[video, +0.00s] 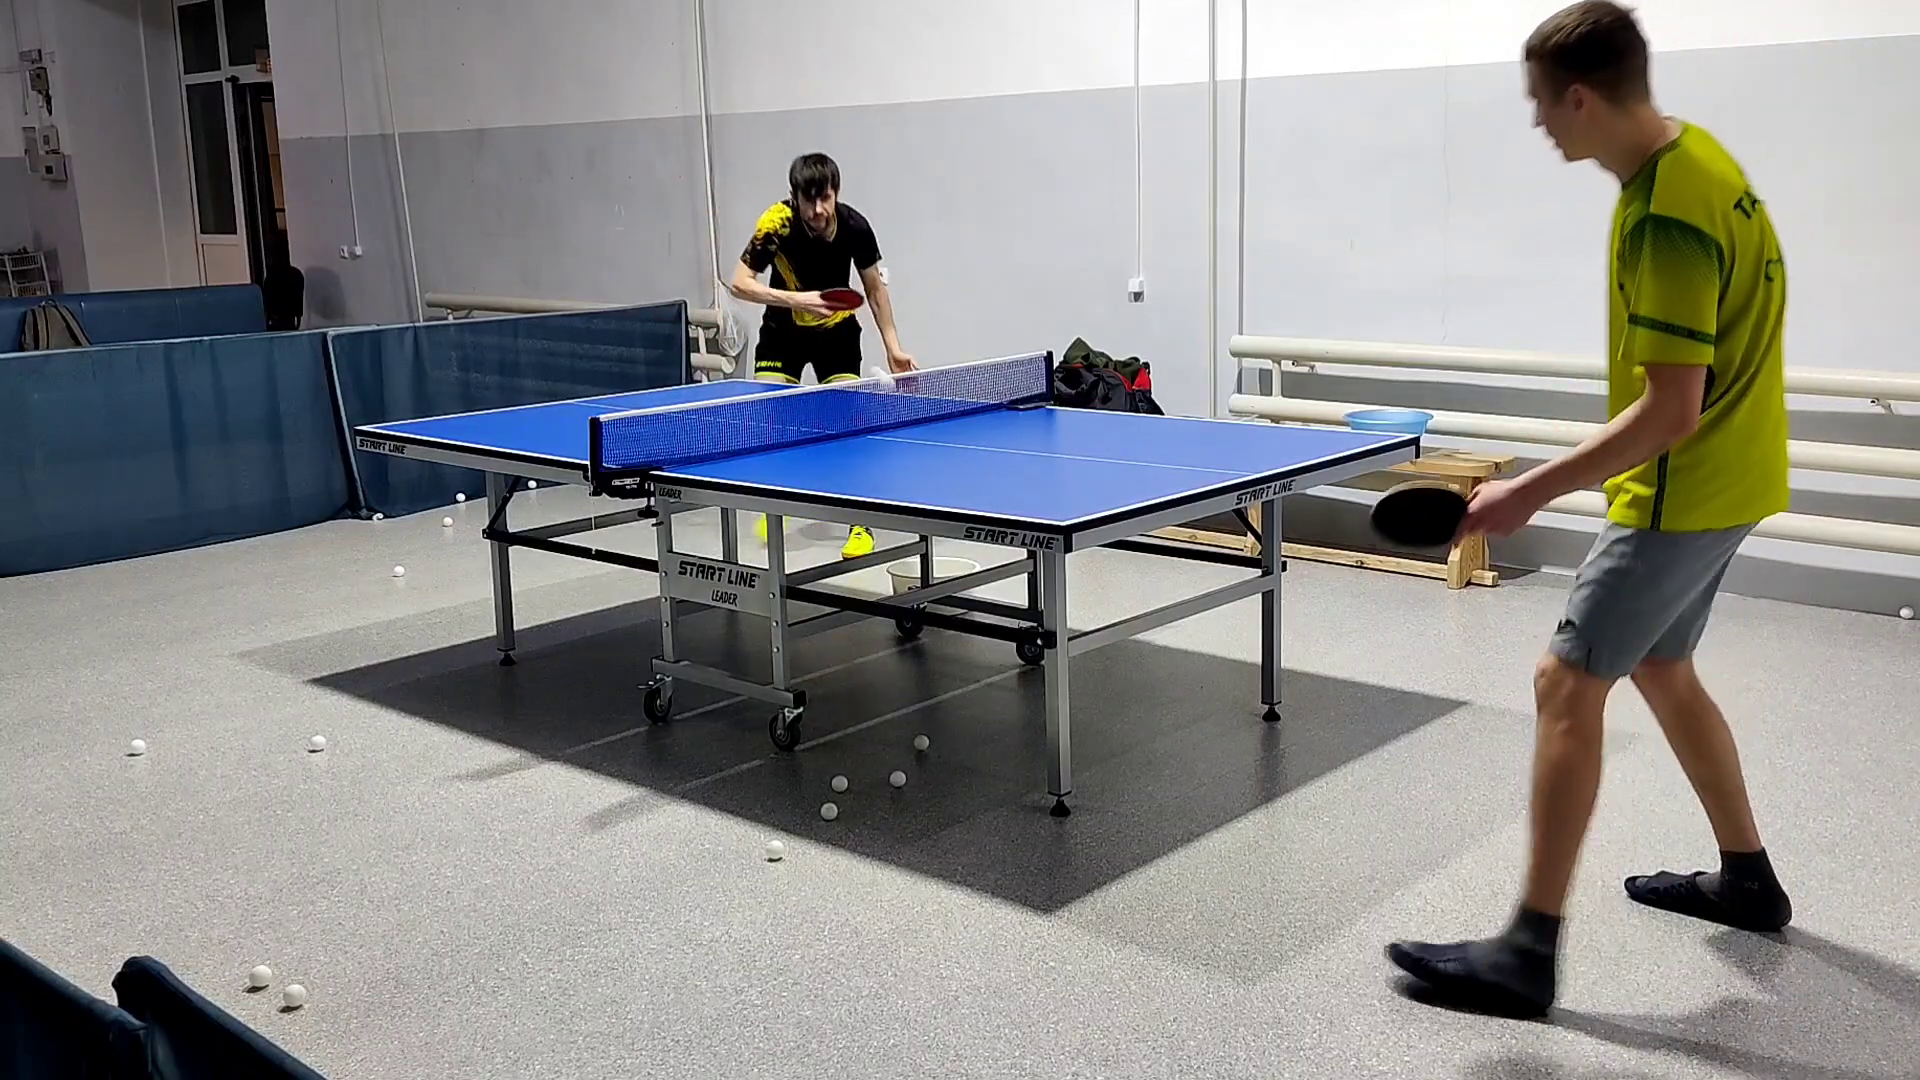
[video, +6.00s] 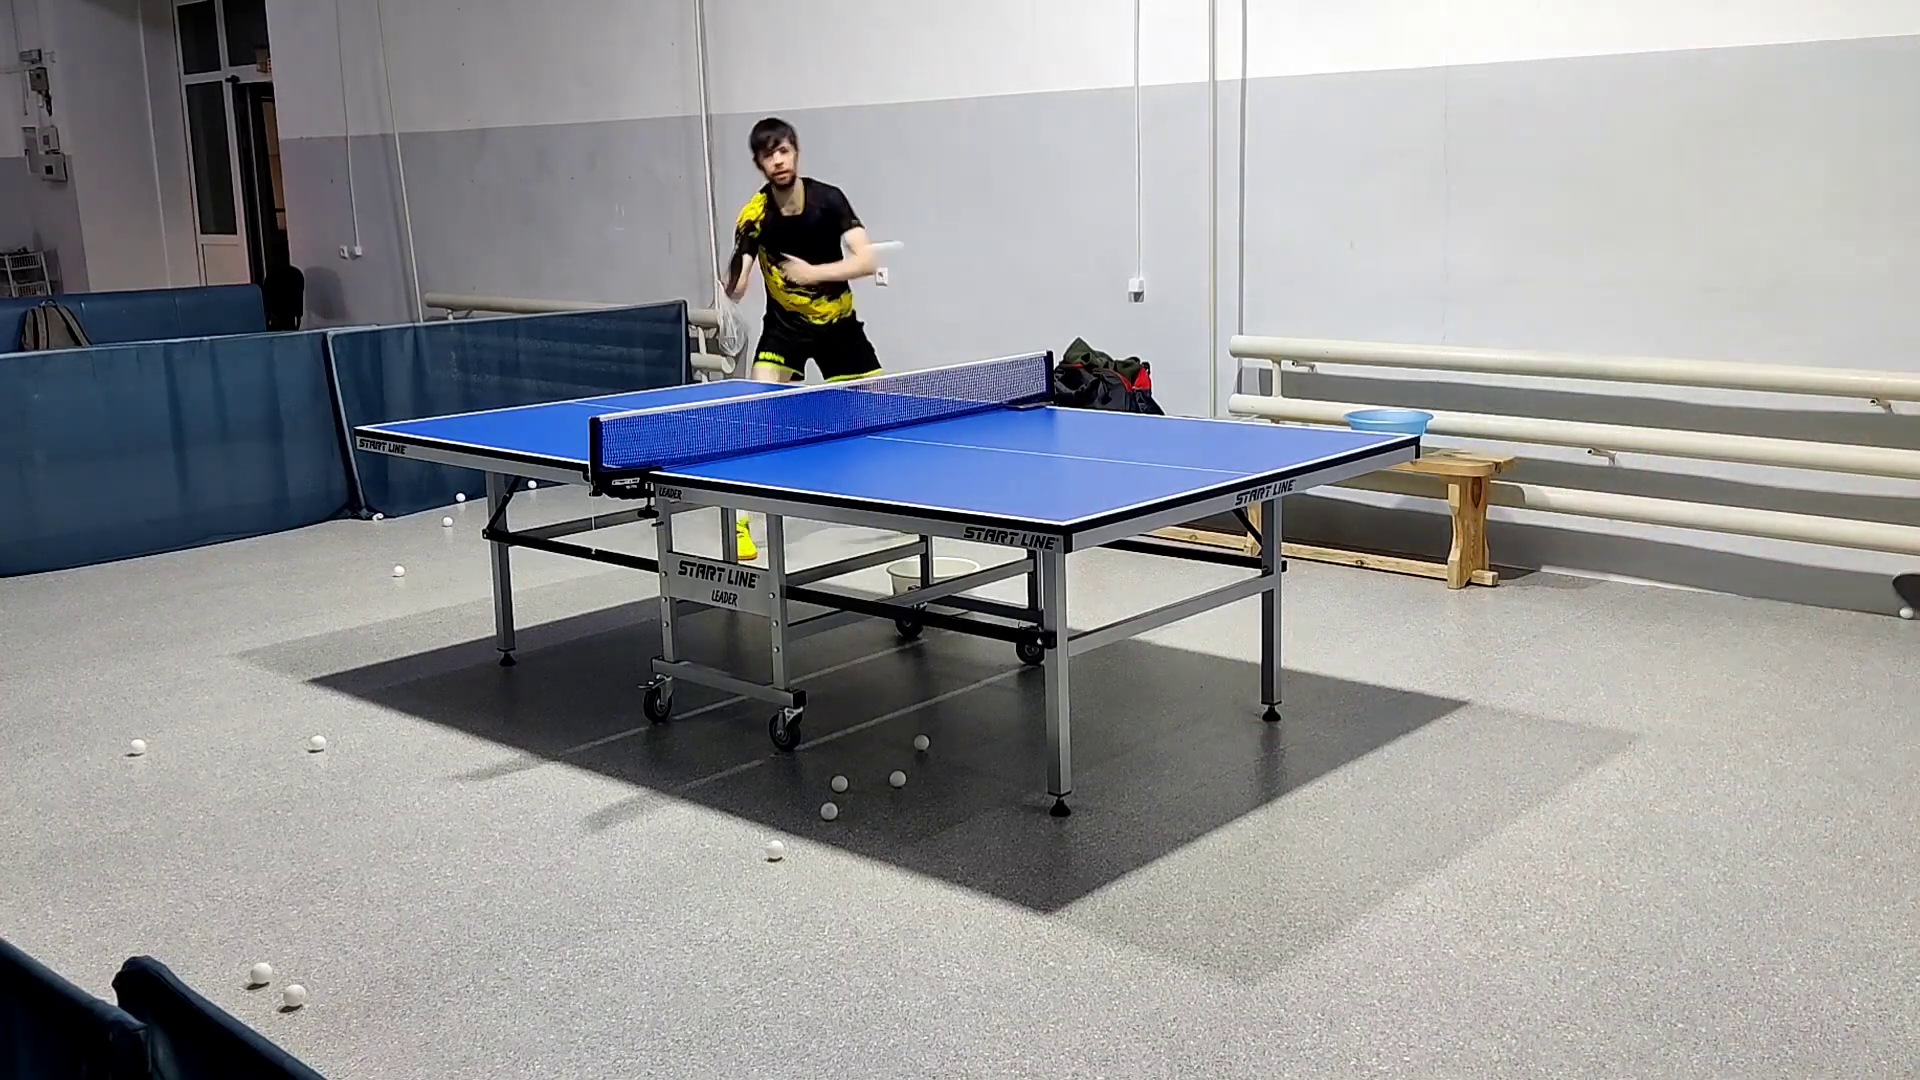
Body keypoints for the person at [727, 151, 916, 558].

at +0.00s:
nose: (819, 208)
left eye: (826, 198)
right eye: (811, 199)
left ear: (836, 194)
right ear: (796, 196)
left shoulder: (854, 228)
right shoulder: (777, 222)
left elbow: (875, 289)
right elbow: (740, 283)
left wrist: (893, 350)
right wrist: (794, 300)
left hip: (837, 331)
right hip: (783, 330)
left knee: (847, 421)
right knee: (767, 419)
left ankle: (859, 522)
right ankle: (772, 511)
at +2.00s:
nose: (803, 152)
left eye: (809, 141)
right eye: (793, 145)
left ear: (820, 143)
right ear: (782, 152)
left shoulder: (846, 196)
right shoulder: (776, 193)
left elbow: (878, 256)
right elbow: (740, 213)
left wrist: (858, 263)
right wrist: (764, 162)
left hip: (841, 325)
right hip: (792, 324)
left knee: (883, 418)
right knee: (768, 414)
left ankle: (908, 539)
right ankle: (749, 530)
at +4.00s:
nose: (744, 157)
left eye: (749, 146)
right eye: (733, 152)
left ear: (761, 147)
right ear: (721, 161)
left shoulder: (787, 197)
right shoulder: (718, 212)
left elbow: (825, 238)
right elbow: (707, 289)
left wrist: (851, 293)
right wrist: (746, 287)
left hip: (788, 333)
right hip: (742, 335)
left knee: (841, 411)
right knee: (740, 433)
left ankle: (860, 511)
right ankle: (695, 538)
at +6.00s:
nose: (779, 161)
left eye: (784, 150)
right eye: (769, 155)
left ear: (797, 152)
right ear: (758, 163)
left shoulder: (830, 200)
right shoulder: (755, 215)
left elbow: (867, 261)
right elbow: (738, 286)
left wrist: (817, 272)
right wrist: (735, 283)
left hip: (838, 328)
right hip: (783, 329)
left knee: (882, 414)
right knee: (755, 413)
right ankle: (741, 521)